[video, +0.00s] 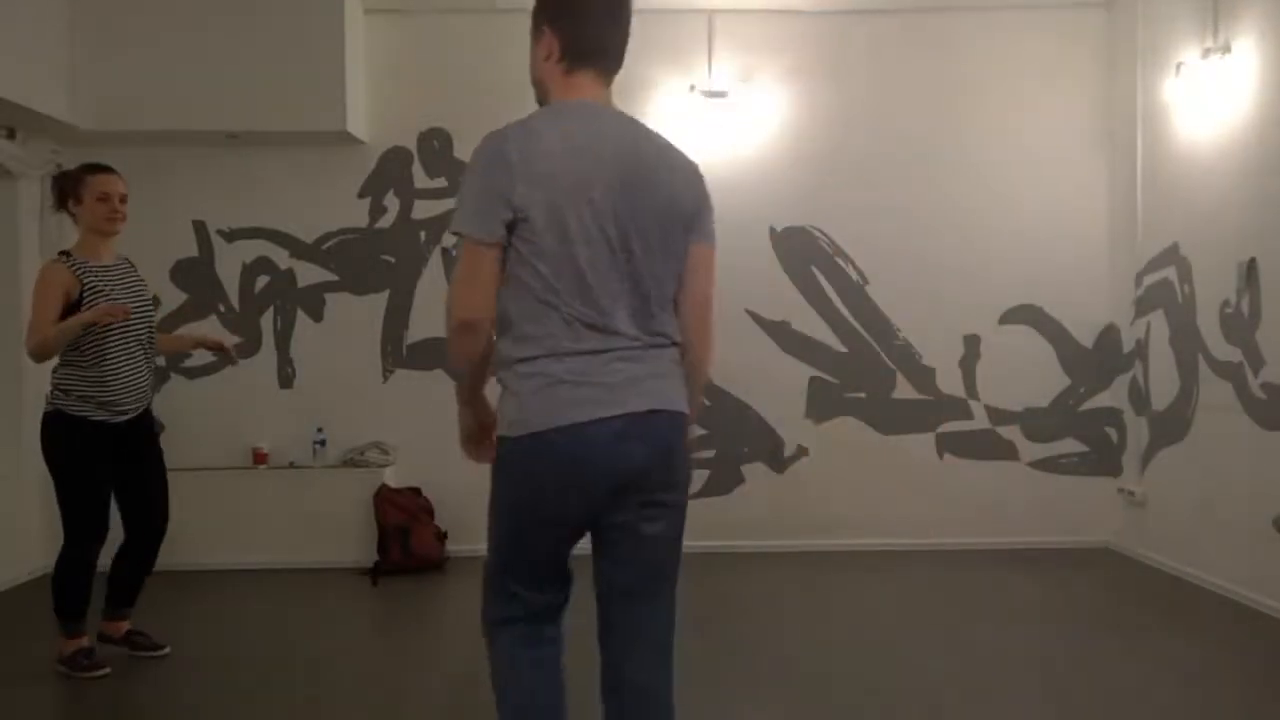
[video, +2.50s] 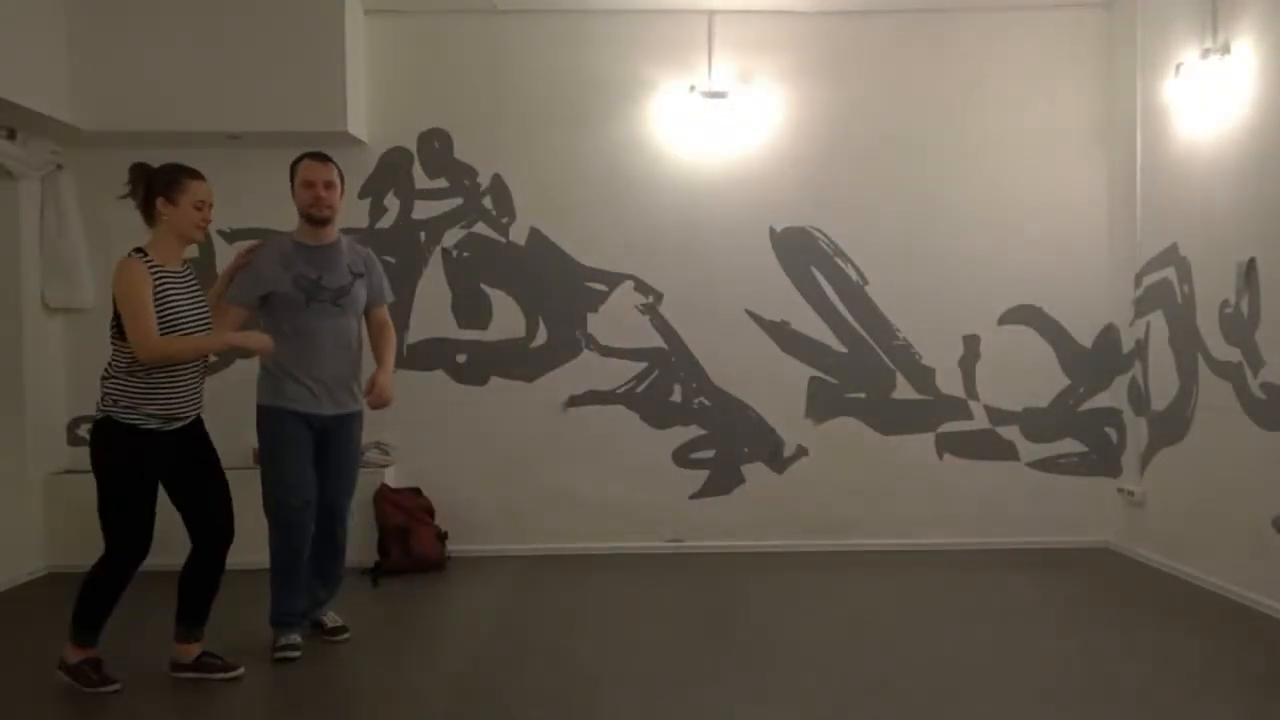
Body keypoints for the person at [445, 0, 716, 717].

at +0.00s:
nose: (531, 54)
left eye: (533, 38)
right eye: (534, 38)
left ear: (550, 45)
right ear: (617, 53)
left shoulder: (507, 153)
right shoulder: (677, 169)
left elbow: (471, 319)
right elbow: (696, 338)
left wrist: (471, 402)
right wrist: (674, 422)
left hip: (545, 433)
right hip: (655, 431)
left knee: (523, 617)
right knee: (641, 632)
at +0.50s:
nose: (410, 122)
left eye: (411, 111)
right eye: (413, 110)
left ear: (423, 113)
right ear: (478, 115)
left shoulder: (394, 193)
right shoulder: (528, 206)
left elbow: (371, 311)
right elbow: (549, 323)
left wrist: (348, 416)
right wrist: (531, 398)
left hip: (427, 413)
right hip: (508, 408)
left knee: (440, 568)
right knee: (485, 548)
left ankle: (463, 708)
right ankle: (494, 697)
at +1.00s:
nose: (332, 162)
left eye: (335, 151)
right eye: (333, 150)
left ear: (358, 151)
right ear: (388, 151)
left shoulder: (372, 220)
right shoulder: (422, 216)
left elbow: (371, 325)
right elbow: (404, 318)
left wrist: (333, 404)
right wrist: (341, 365)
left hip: (380, 405)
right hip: (434, 398)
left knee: (348, 540)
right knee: (423, 542)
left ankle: (359, 677)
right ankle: (421, 679)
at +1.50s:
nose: (273, 178)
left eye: (285, 168)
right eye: (269, 168)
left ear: (320, 169)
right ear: (268, 172)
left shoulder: (354, 239)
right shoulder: (297, 236)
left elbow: (373, 339)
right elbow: (277, 308)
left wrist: (339, 418)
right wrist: (202, 309)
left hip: (346, 406)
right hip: (306, 404)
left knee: (318, 520)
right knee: (289, 509)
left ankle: (339, 652)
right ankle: (373, 598)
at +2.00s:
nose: (299, 184)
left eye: (309, 174)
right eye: (288, 175)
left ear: (327, 181)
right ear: (276, 183)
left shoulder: (359, 249)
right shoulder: (259, 252)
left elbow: (389, 329)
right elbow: (239, 328)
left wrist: (370, 401)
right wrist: (173, 344)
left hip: (338, 414)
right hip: (275, 413)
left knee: (335, 530)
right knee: (274, 525)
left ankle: (337, 643)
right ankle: (282, 632)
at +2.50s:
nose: (319, 194)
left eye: (328, 185)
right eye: (309, 186)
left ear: (342, 194)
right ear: (293, 196)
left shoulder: (361, 259)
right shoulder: (267, 258)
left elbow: (381, 321)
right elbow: (225, 324)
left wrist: (385, 369)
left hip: (344, 406)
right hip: (285, 405)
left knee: (333, 511)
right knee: (292, 512)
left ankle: (318, 606)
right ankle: (287, 623)